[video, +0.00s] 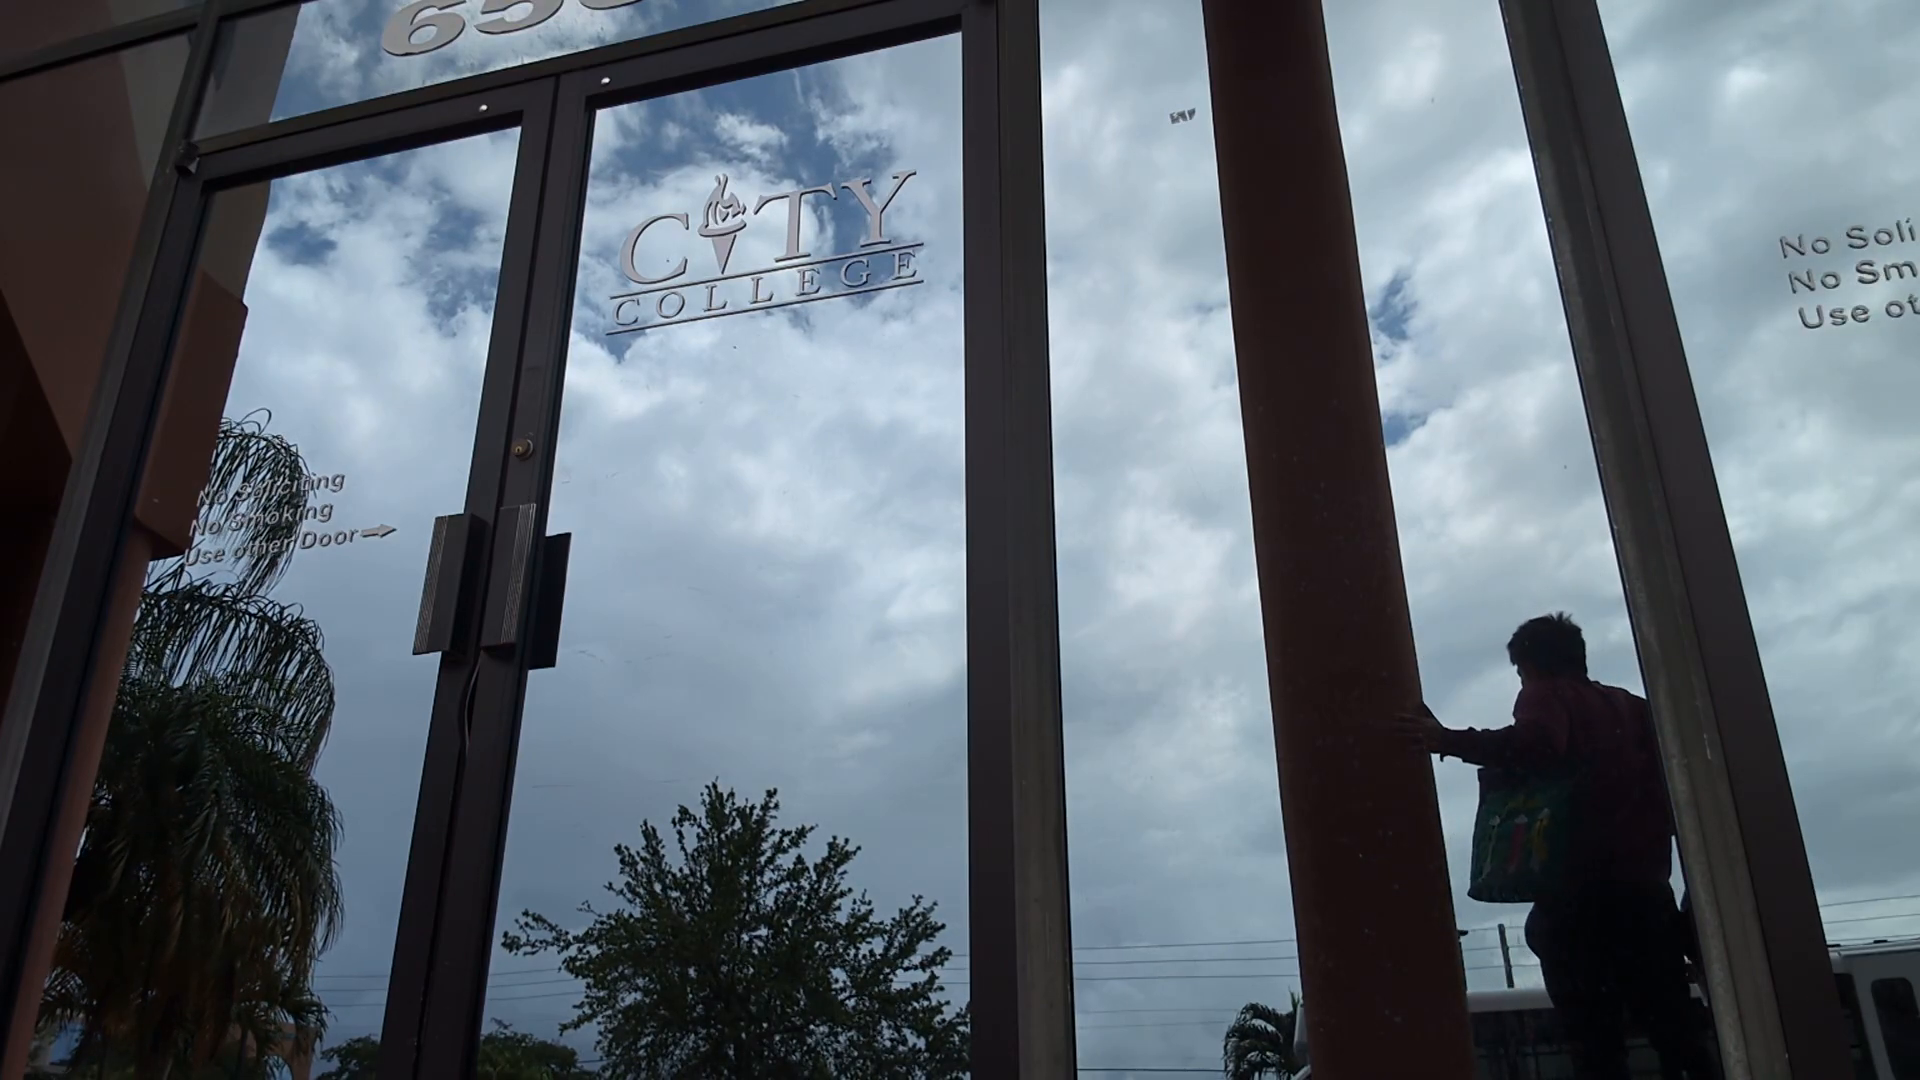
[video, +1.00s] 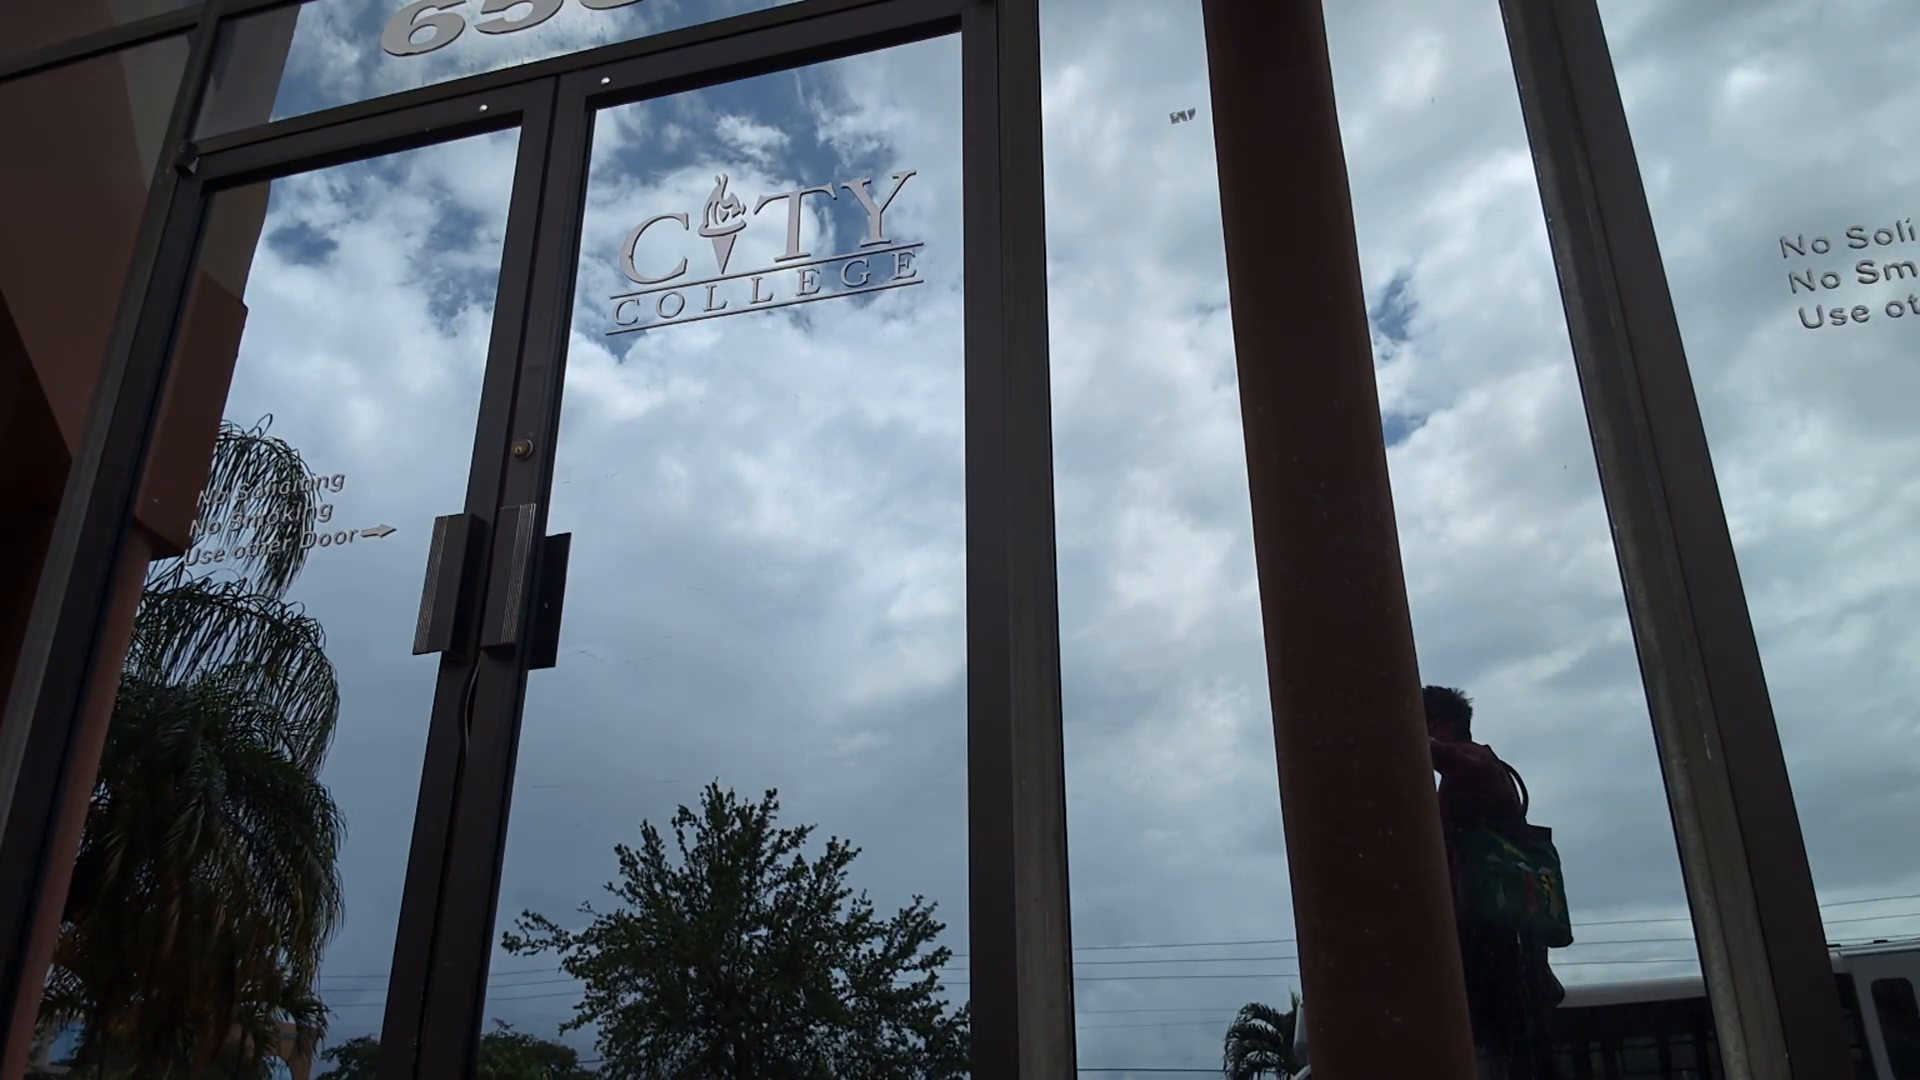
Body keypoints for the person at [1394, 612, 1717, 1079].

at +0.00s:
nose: (1521, 684)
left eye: (1522, 672)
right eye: (1520, 673)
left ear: (1535, 666)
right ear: (1578, 660)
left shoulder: (1542, 697)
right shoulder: (1633, 706)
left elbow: (1539, 744)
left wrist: (1449, 740)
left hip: (1574, 896)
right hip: (1648, 890)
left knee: (1594, 1039)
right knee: (1673, 1023)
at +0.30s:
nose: (1489, 698)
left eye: (1489, 687)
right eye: (1487, 689)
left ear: (1503, 682)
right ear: (1544, 676)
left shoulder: (1523, 708)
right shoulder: (1596, 725)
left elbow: (1535, 754)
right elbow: (1646, 796)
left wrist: (1449, 737)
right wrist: (1610, 841)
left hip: (1551, 903)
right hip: (1607, 902)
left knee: (1570, 1037)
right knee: (1608, 1034)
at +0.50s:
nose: (1467, 716)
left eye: (1466, 704)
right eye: (1464, 707)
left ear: (1481, 700)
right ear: (1519, 692)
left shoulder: (1508, 726)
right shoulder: (1571, 741)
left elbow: (1523, 766)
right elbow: (1617, 813)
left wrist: (1450, 743)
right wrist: (1583, 864)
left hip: (1535, 909)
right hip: (1582, 904)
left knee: (1555, 1033)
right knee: (1580, 1027)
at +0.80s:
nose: (1433, 729)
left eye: (1436, 719)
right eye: (1431, 720)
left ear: (1463, 717)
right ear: (1481, 716)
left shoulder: (1492, 753)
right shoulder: (1520, 756)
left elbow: (1500, 780)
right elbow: (1559, 830)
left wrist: (1442, 748)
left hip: (1509, 931)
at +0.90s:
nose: (1427, 734)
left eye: (1428, 723)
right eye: (1425, 724)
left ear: (1449, 721)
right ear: (1472, 719)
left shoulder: (1481, 758)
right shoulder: (1509, 763)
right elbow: (1534, 850)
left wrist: (1436, 746)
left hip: (1491, 935)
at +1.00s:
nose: (1424, 736)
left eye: (1426, 726)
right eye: (1424, 728)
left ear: (1442, 725)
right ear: (1460, 725)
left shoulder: (1468, 761)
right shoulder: (1490, 766)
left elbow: (1425, 744)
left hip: (1485, 910)